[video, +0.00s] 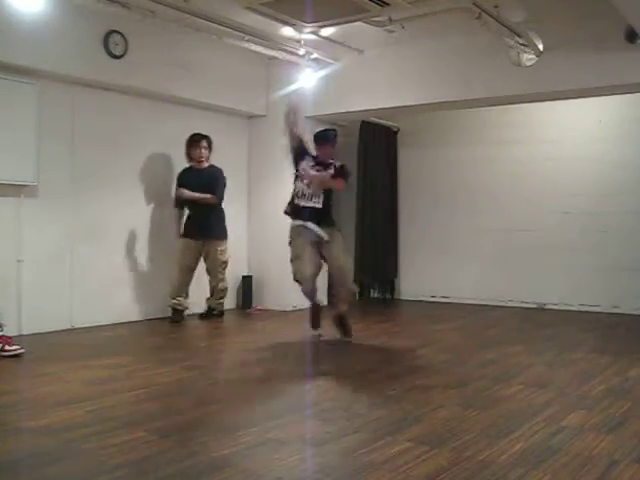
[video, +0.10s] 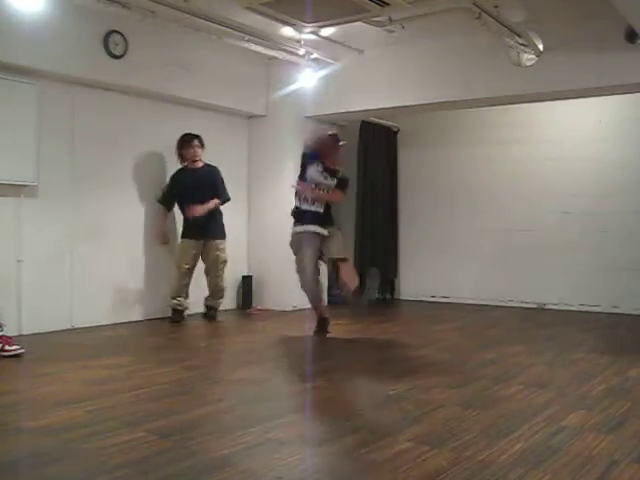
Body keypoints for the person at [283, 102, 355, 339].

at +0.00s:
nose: (331, 150)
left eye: (333, 146)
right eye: (328, 146)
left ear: (335, 147)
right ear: (318, 146)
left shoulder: (337, 168)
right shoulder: (303, 158)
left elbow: (339, 184)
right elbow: (293, 132)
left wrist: (317, 178)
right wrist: (291, 113)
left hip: (327, 226)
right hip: (302, 225)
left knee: (342, 269)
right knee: (304, 273)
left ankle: (340, 313)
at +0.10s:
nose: (336, 155)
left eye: (337, 150)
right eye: (333, 151)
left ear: (338, 151)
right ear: (323, 150)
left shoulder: (340, 177)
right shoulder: (307, 161)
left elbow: (338, 196)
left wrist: (311, 192)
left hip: (328, 226)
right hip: (306, 225)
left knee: (341, 256)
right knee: (307, 277)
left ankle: (354, 288)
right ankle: (321, 317)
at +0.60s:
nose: (338, 156)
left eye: (340, 151)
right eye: (333, 152)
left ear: (343, 152)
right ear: (324, 154)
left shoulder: (350, 181)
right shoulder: (312, 171)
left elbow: (362, 210)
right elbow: (311, 200)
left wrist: (372, 236)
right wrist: (321, 227)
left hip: (344, 239)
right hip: (320, 239)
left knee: (367, 278)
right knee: (317, 285)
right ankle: (323, 319)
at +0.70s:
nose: (338, 154)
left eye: (339, 150)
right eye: (333, 150)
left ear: (341, 151)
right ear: (323, 152)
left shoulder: (349, 179)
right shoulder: (310, 175)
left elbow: (365, 206)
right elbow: (308, 208)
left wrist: (376, 230)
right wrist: (325, 231)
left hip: (356, 237)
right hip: (331, 239)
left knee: (370, 279)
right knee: (327, 285)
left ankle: (347, 317)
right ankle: (324, 319)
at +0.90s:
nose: (340, 152)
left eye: (342, 148)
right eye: (336, 148)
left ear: (344, 148)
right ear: (326, 148)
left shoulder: (350, 167)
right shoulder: (314, 175)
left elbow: (362, 182)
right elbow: (303, 204)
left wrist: (363, 194)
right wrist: (324, 203)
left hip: (356, 231)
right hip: (332, 234)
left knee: (367, 280)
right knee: (330, 282)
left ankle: (347, 317)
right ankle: (324, 319)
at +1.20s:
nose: (333, 148)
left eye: (336, 143)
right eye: (329, 143)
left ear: (342, 142)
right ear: (322, 142)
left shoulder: (348, 157)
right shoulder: (310, 154)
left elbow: (373, 165)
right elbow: (291, 165)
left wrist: (348, 156)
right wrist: (317, 159)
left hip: (342, 223)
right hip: (317, 223)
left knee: (349, 274)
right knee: (317, 272)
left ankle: (343, 317)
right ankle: (308, 317)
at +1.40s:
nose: (335, 149)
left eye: (336, 144)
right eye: (333, 145)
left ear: (337, 144)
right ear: (325, 144)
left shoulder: (342, 165)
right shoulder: (304, 164)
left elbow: (323, 188)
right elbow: (283, 185)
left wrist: (294, 204)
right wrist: (268, 203)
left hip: (333, 227)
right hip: (309, 228)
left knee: (338, 277)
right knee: (307, 278)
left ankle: (338, 318)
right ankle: (304, 319)